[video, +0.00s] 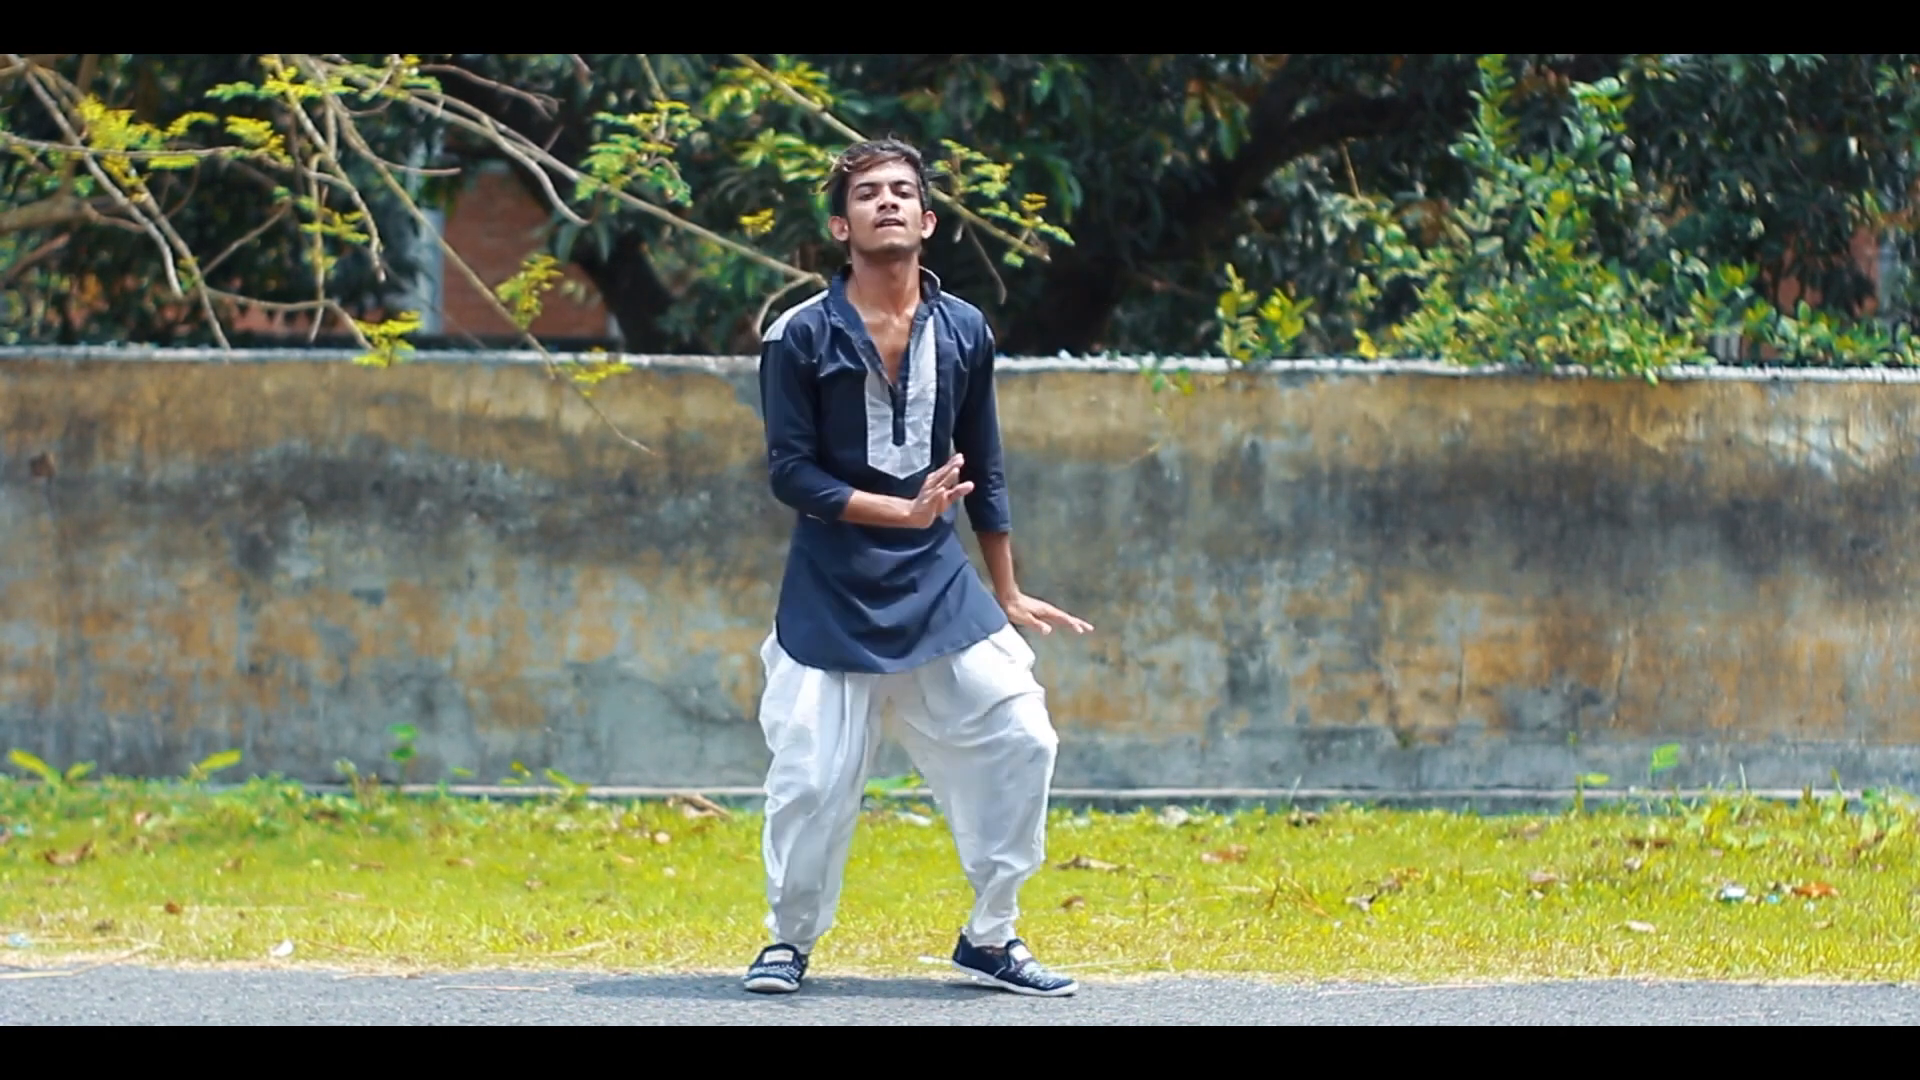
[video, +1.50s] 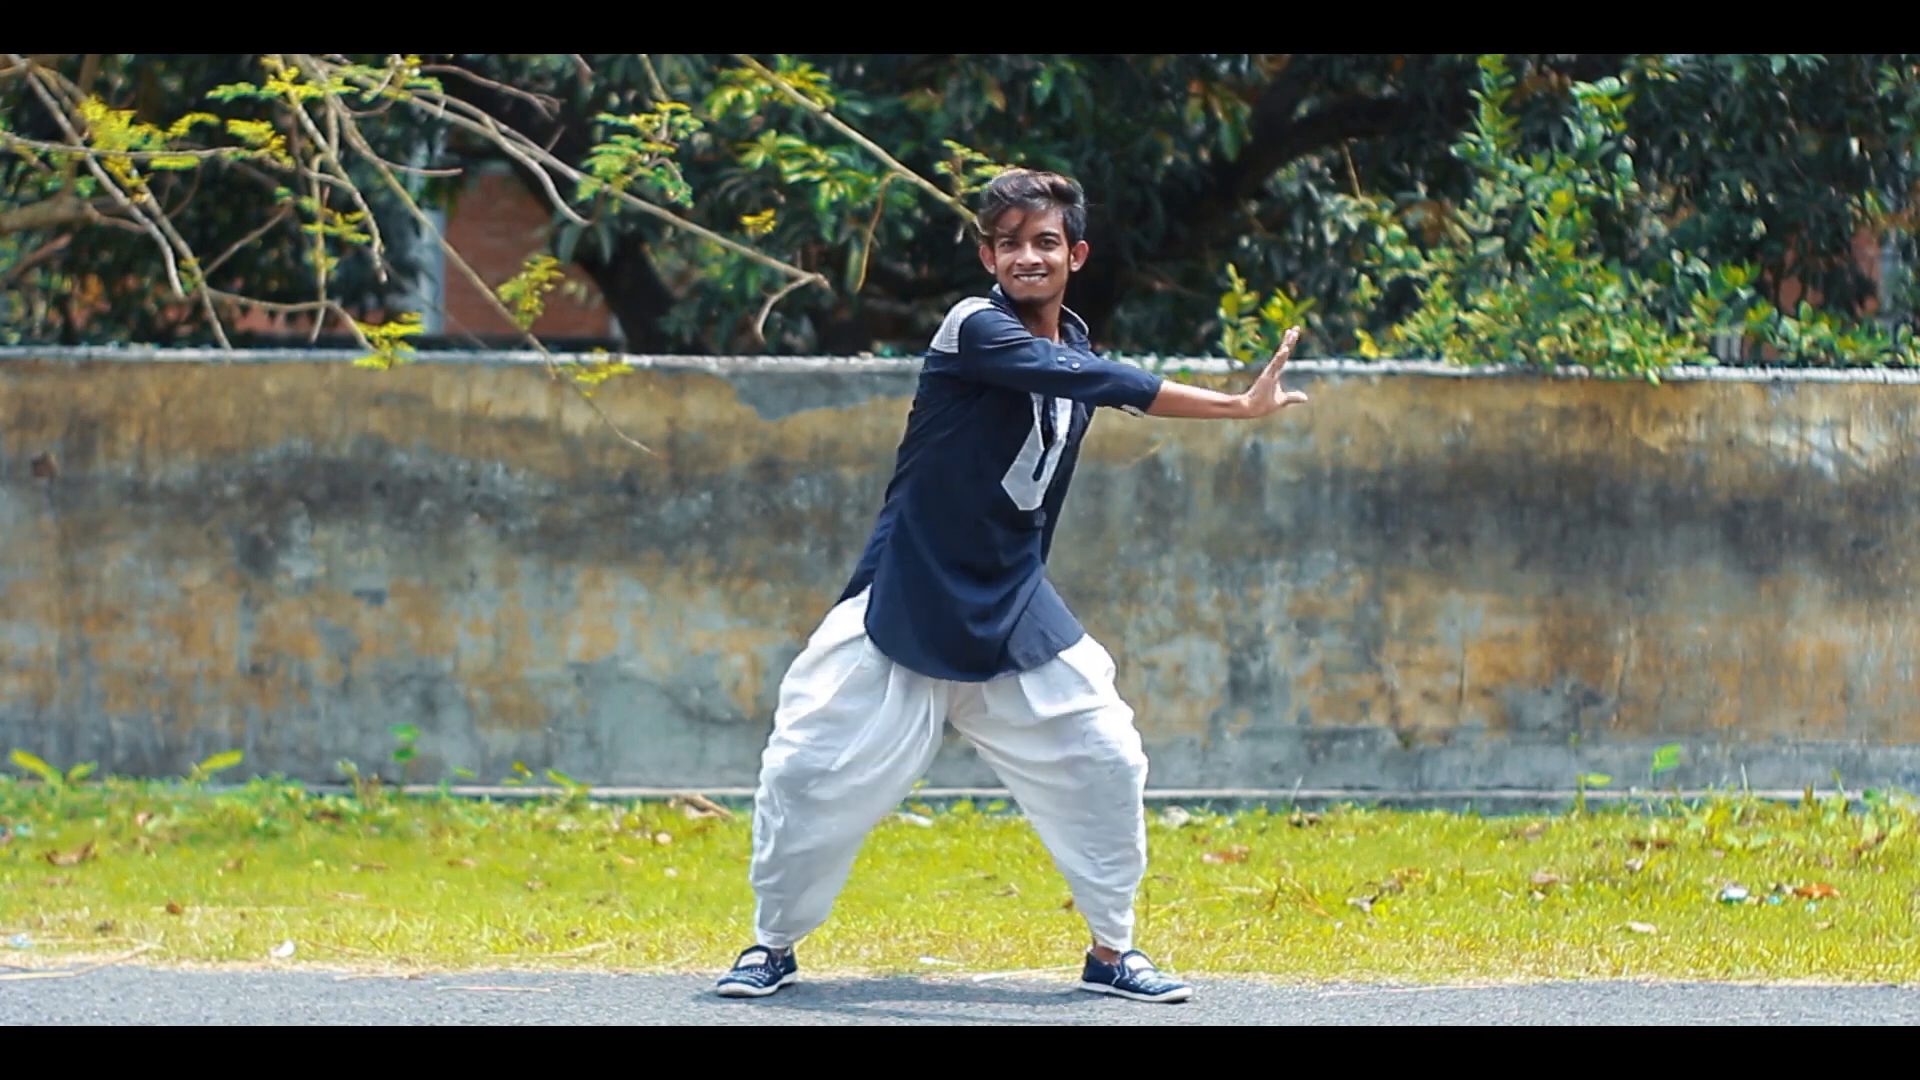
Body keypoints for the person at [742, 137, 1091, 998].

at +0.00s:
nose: (888, 202)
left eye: (902, 192)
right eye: (870, 195)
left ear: (928, 221)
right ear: (842, 228)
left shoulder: (963, 330)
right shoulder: (801, 336)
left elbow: (985, 465)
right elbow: (790, 471)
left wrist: (1008, 590)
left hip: (937, 582)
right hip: (833, 587)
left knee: (1024, 738)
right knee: (811, 779)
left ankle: (990, 936)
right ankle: (788, 943)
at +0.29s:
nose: (949, 183)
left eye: (961, 166)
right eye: (927, 172)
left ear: (984, 180)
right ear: (898, 197)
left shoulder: (998, 274)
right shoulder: (919, 285)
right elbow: (1020, 330)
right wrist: (1168, 299)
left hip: (972, 557)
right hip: (879, 557)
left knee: (1061, 725)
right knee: (815, 754)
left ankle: (1094, 935)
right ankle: (774, 929)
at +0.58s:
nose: (993, 230)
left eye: (1005, 213)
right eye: (971, 219)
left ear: (1028, 224)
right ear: (944, 241)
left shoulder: (1037, 314)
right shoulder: (949, 328)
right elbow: (1073, 389)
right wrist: (1210, 351)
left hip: (992, 575)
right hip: (902, 576)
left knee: (1111, 719)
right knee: (843, 771)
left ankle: (1101, 921)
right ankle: (766, 943)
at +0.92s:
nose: (1018, 290)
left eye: (1036, 274)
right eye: (1000, 273)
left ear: (1060, 286)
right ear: (972, 280)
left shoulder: (1047, 377)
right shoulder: (947, 351)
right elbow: (1069, 408)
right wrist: (1215, 437)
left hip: (1038, 620)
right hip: (932, 629)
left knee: (1142, 770)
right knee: (833, 806)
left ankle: (1114, 951)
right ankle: (782, 948)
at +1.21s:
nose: (1006, 238)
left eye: (1025, 220)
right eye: (990, 222)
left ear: (1066, 227)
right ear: (974, 230)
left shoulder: (1089, 330)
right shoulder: (977, 314)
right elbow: (1086, 374)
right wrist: (1234, 416)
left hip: (970, 578)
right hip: (872, 561)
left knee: (1068, 752)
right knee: (816, 764)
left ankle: (1101, 952)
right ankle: (776, 942)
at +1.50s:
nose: (1026, 257)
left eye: (1044, 241)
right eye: (1008, 242)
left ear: (1076, 255)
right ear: (988, 254)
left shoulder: (1076, 349)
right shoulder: (975, 327)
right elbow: (1105, 382)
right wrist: (1238, 405)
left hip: (1013, 598)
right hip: (909, 592)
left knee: (1107, 759)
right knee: (802, 767)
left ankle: (1111, 951)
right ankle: (773, 946)